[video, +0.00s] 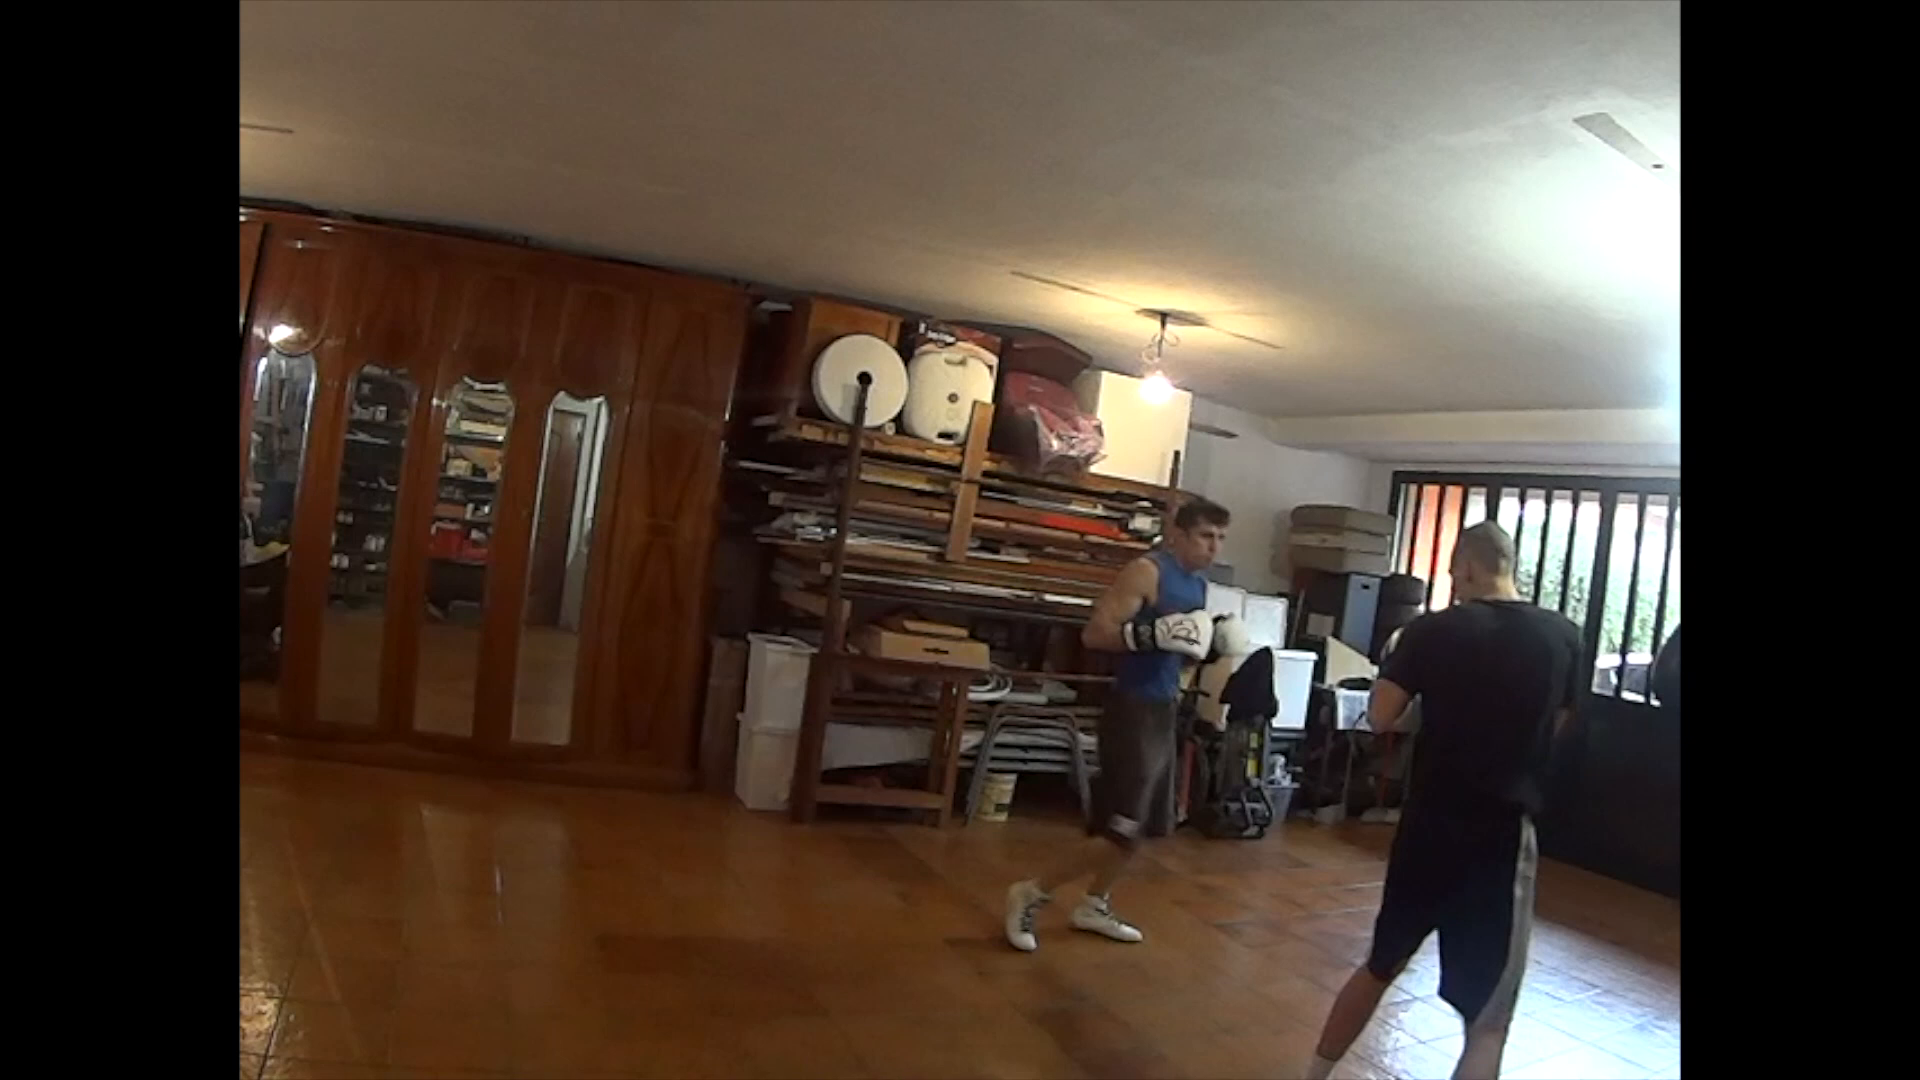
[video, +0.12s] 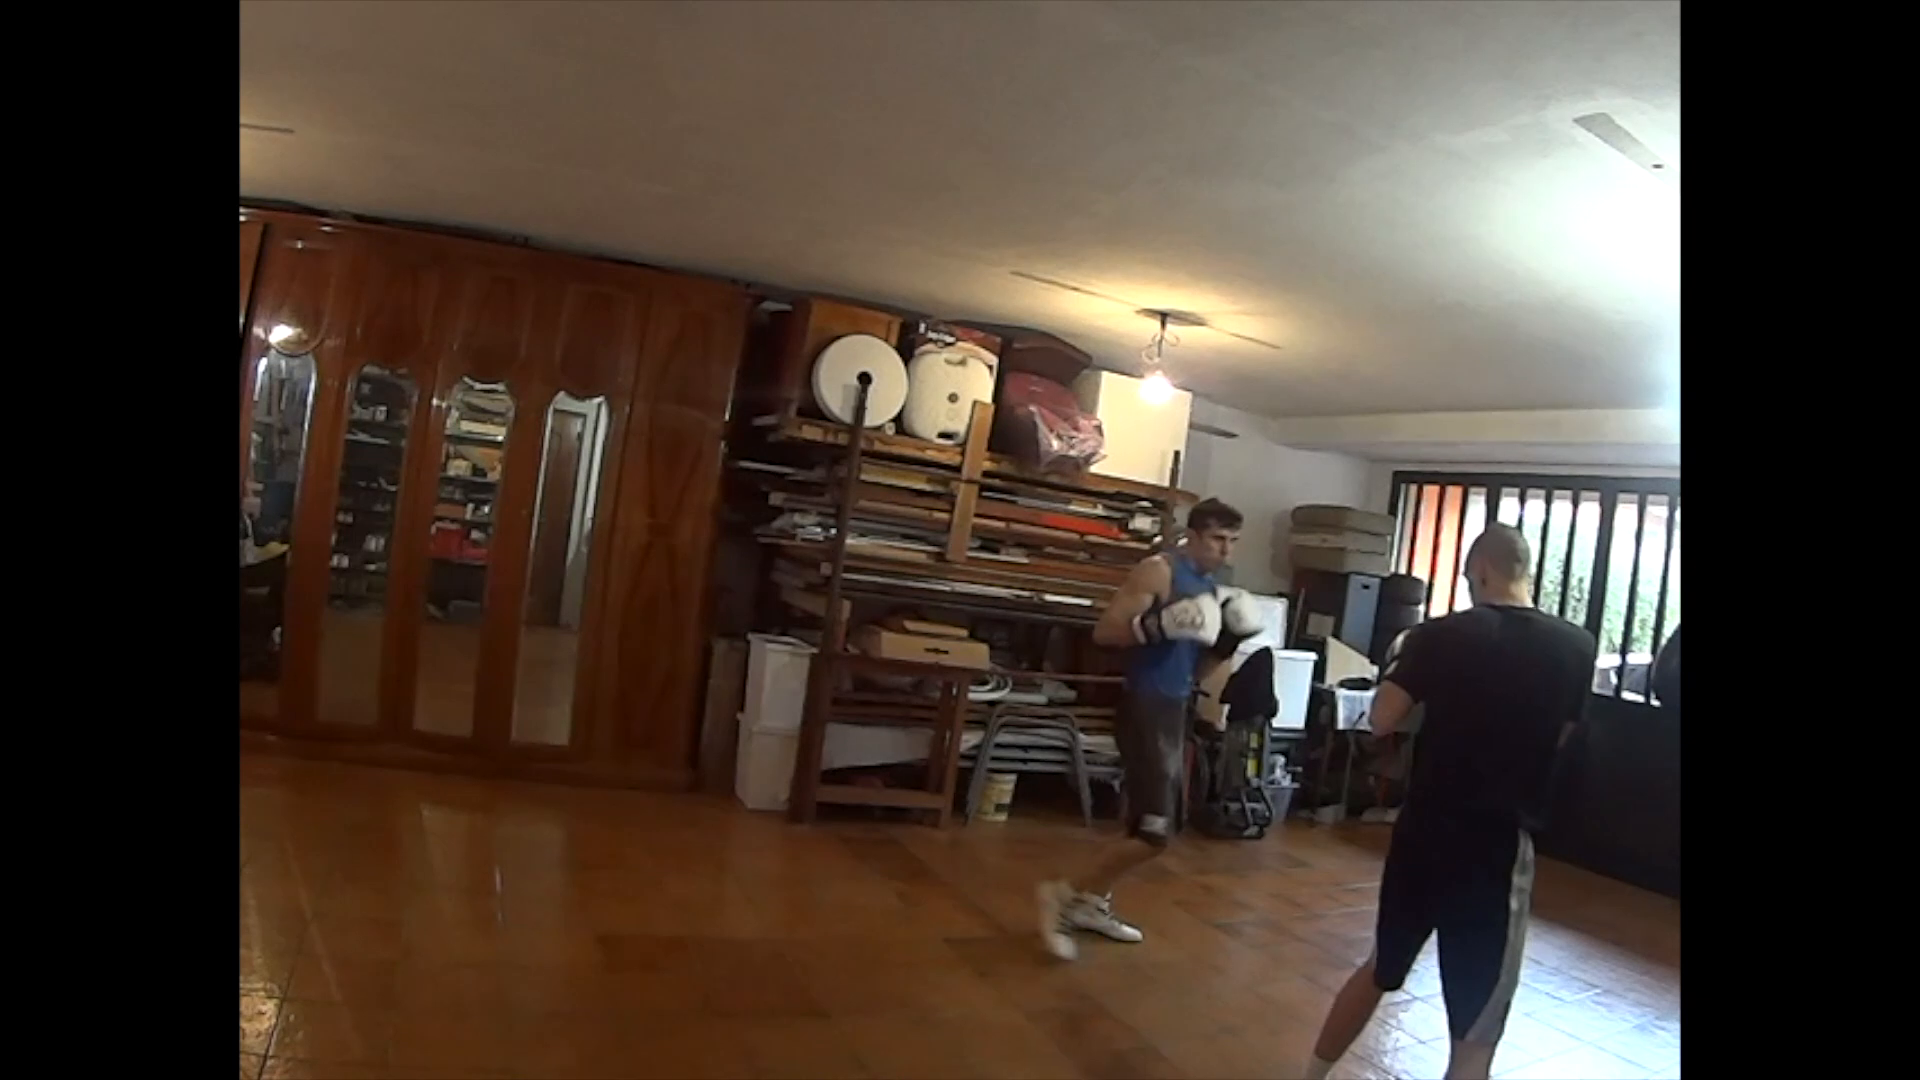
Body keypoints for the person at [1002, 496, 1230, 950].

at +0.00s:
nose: (1214, 548)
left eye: (1219, 540)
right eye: (1206, 537)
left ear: (1220, 543)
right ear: (1176, 533)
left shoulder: (1197, 586)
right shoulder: (1145, 571)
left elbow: (1179, 652)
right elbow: (1095, 634)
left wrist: (1213, 644)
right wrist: (1151, 633)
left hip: (1163, 713)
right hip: (1132, 710)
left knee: (1143, 825)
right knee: (1121, 832)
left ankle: (1093, 905)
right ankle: (1030, 893)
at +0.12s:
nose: (1226, 551)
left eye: (1231, 542)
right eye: (1219, 540)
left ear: (1231, 545)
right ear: (1192, 535)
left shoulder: (1210, 587)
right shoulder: (1159, 570)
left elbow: (1201, 671)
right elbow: (1105, 631)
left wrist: (1231, 635)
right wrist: (1162, 624)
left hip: (1174, 709)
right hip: (1145, 706)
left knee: (1153, 826)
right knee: (1152, 835)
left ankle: (1092, 902)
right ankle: (1062, 893)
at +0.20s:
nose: (1231, 544)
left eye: (1238, 537)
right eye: (1223, 534)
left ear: (1242, 541)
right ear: (1201, 530)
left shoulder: (1219, 581)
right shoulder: (1167, 562)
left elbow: (1213, 665)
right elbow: (1113, 625)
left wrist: (1241, 620)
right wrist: (1171, 606)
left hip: (1178, 704)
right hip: (1150, 700)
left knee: (1151, 821)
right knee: (1165, 826)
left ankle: (1105, 907)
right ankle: (1091, 909)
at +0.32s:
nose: (1243, 546)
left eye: (1250, 539)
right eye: (1235, 536)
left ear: (1257, 542)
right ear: (1214, 532)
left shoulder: (1232, 589)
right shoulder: (1180, 564)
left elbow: (1242, 665)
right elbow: (1139, 634)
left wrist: (1262, 613)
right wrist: (1184, 592)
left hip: (1198, 710)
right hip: (1167, 705)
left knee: (1154, 823)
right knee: (1171, 833)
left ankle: (1099, 897)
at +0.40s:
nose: (1252, 555)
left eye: (1259, 548)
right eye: (1245, 544)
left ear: (1262, 552)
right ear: (1221, 539)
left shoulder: (1242, 598)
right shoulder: (1184, 576)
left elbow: (1255, 673)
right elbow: (1158, 651)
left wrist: (1270, 618)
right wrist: (1195, 593)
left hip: (1205, 719)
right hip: (1173, 714)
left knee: (1168, 833)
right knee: (1180, 844)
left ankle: (1104, 897)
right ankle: (1178, 973)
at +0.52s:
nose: (1269, 568)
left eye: (1272, 561)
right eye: (1266, 558)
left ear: (1265, 563)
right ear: (1241, 553)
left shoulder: (1260, 602)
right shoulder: (1195, 588)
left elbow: (1282, 670)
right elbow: (1202, 667)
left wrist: (1300, 613)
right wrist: (1221, 598)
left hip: (1226, 731)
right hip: (1192, 728)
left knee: (1199, 849)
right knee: (1210, 857)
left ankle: (1124, 890)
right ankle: (1188, 983)